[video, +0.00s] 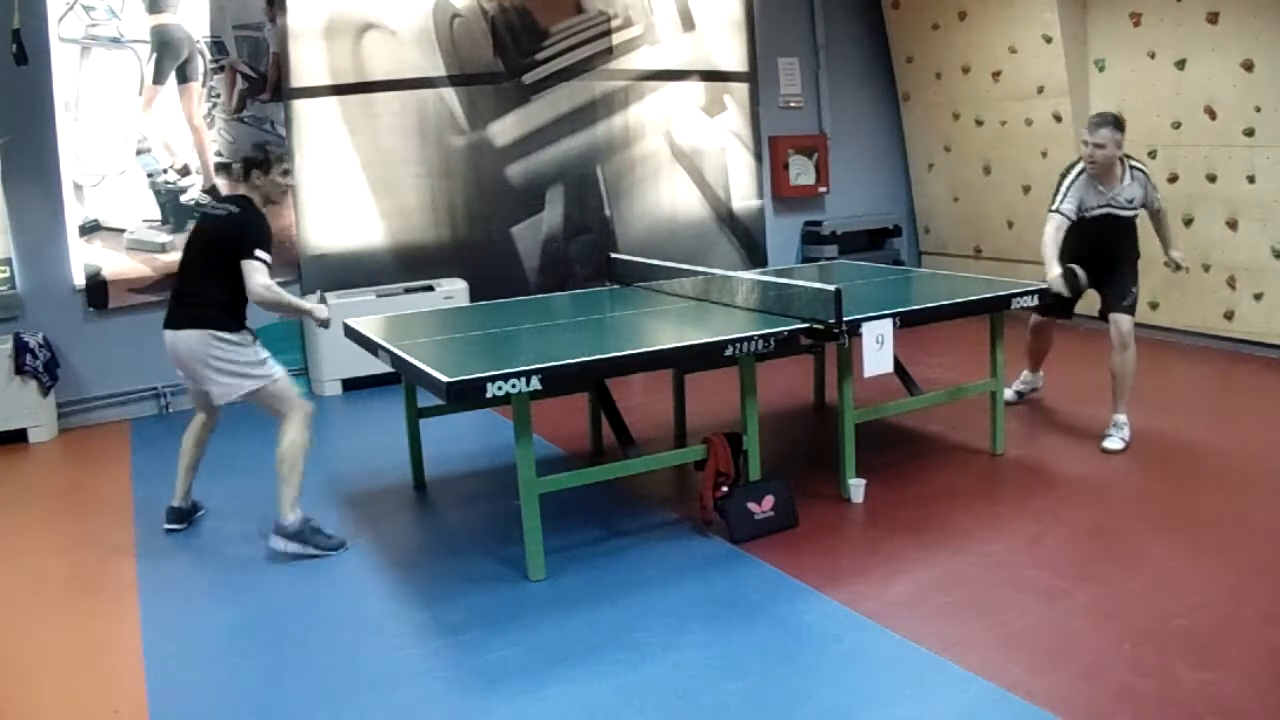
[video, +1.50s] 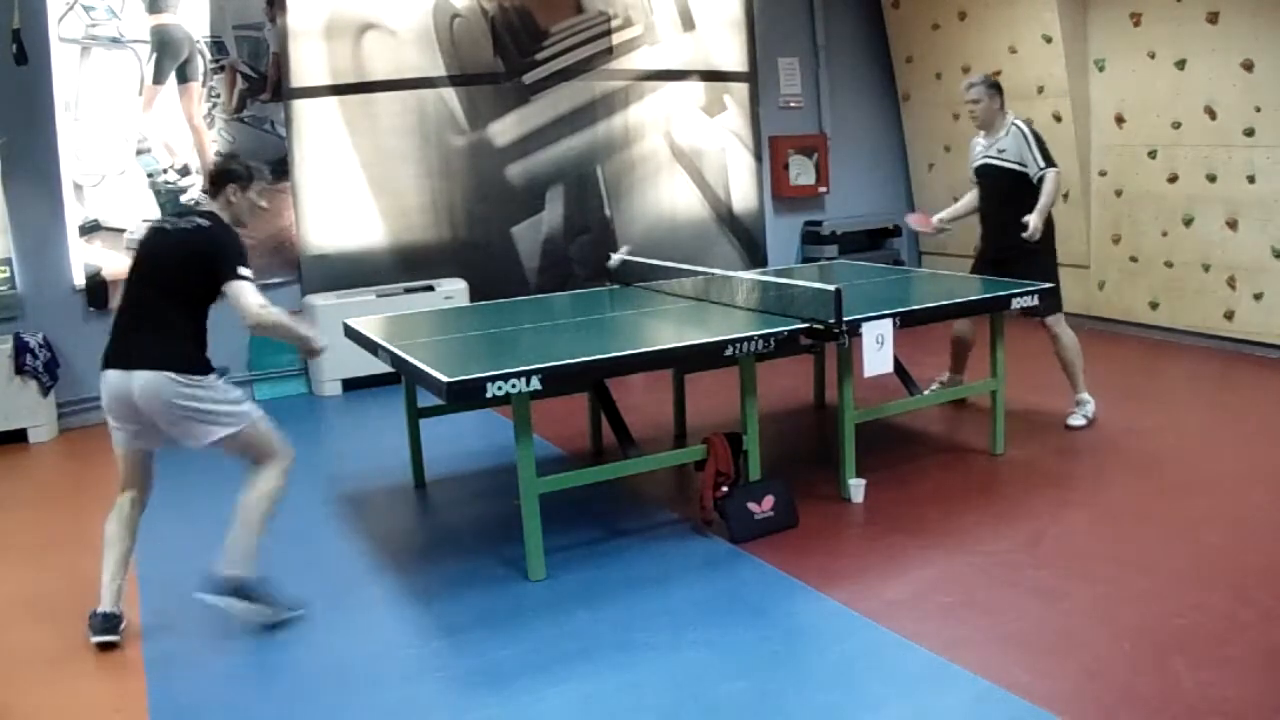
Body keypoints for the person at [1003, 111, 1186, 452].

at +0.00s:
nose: (1090, 153)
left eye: (1100, 147)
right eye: (1086, 144)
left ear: (1119, 148)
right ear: (1081, 142)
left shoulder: (1138, 176)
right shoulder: (1075, 177)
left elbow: (1156, 209)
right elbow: (1054, 225)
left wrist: (1169, 249)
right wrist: (1053, 267)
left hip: (1119, 258)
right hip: (1076, 253)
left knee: (1121, 330)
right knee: (1039, 323)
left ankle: (1119, 420)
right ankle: (1031, 376)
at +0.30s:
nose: (1054, 117)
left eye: (1062, 112)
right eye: (1052, 111)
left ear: (1086, 114)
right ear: (1052, 113)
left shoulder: (1115, 155)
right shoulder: (1039, 152)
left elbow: (1146, 198)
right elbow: (1022, 192)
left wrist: (1163, 246)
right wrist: (1025, 224)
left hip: (1103, 254)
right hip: (1060, 250)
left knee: (1106, 332)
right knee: (1032, 317)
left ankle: (1119, 420)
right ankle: (1025, 381)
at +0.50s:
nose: (1023, 106)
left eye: (1030, 98)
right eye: (1021, 99)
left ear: (1054, 101)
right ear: (1024, 102)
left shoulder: (1083, 140)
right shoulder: (1021, 139)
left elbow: (1113, 186)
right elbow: (1008, 179)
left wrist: (1119, 231)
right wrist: (992, 208)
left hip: (1081, 250)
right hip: (1039, 248)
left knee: (1092, 326)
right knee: (1021, 319)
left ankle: (1116, 413)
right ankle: (1024, 385)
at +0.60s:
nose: (1009, 107)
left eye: (1015, 99)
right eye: (1007, 100)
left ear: (1039, 100)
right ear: (1014, 103)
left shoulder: (1071, 136)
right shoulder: (1014, 140)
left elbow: (1100, 183)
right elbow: (1010, 185)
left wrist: (1089, 224)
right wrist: (977, 211)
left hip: (1072, 249)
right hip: (1032, 249)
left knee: (1083, 329)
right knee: (1014, 319)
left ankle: (1114, 407)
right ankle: (1023, 384)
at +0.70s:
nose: (992, 119)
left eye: (997, 111)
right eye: (991, 113)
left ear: (1020, 109)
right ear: (1005, 114)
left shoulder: (1048, 139)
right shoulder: (1008, 152)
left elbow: (1083, 181)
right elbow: (1002, 199)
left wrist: (1059, 219)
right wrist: (954, 215)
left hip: (1068, 250)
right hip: (1031, 249)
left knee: (1077, 333)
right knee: (994, 307)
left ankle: (1115, 408)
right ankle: (1004, 380)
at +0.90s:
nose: (945, 141)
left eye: (948, 132)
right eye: (944, 133)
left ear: (968, 129)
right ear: (962, 132)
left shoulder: (996, 147)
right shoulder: (971, 169)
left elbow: (1035, 169)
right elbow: (947, 213)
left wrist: (1029, 197)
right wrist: (900, 218)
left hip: (1039, 256)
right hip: (1005, 258)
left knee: (1063, 332)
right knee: (963, 316)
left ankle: (1111, 407)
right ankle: (955, 382)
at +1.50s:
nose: (970, 110)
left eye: (976, 102)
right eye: (967, 104)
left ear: (997, 101)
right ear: (970, 107)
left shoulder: (1020, 132)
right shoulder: (978, 142)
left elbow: (1051, 174)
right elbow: (981, 192)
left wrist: (1039, 213)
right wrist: (945, 216)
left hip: (1031, 245)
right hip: (993, 245)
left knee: (1054, 322)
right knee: (962, 324)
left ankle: (1083, 398)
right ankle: (954, 380)